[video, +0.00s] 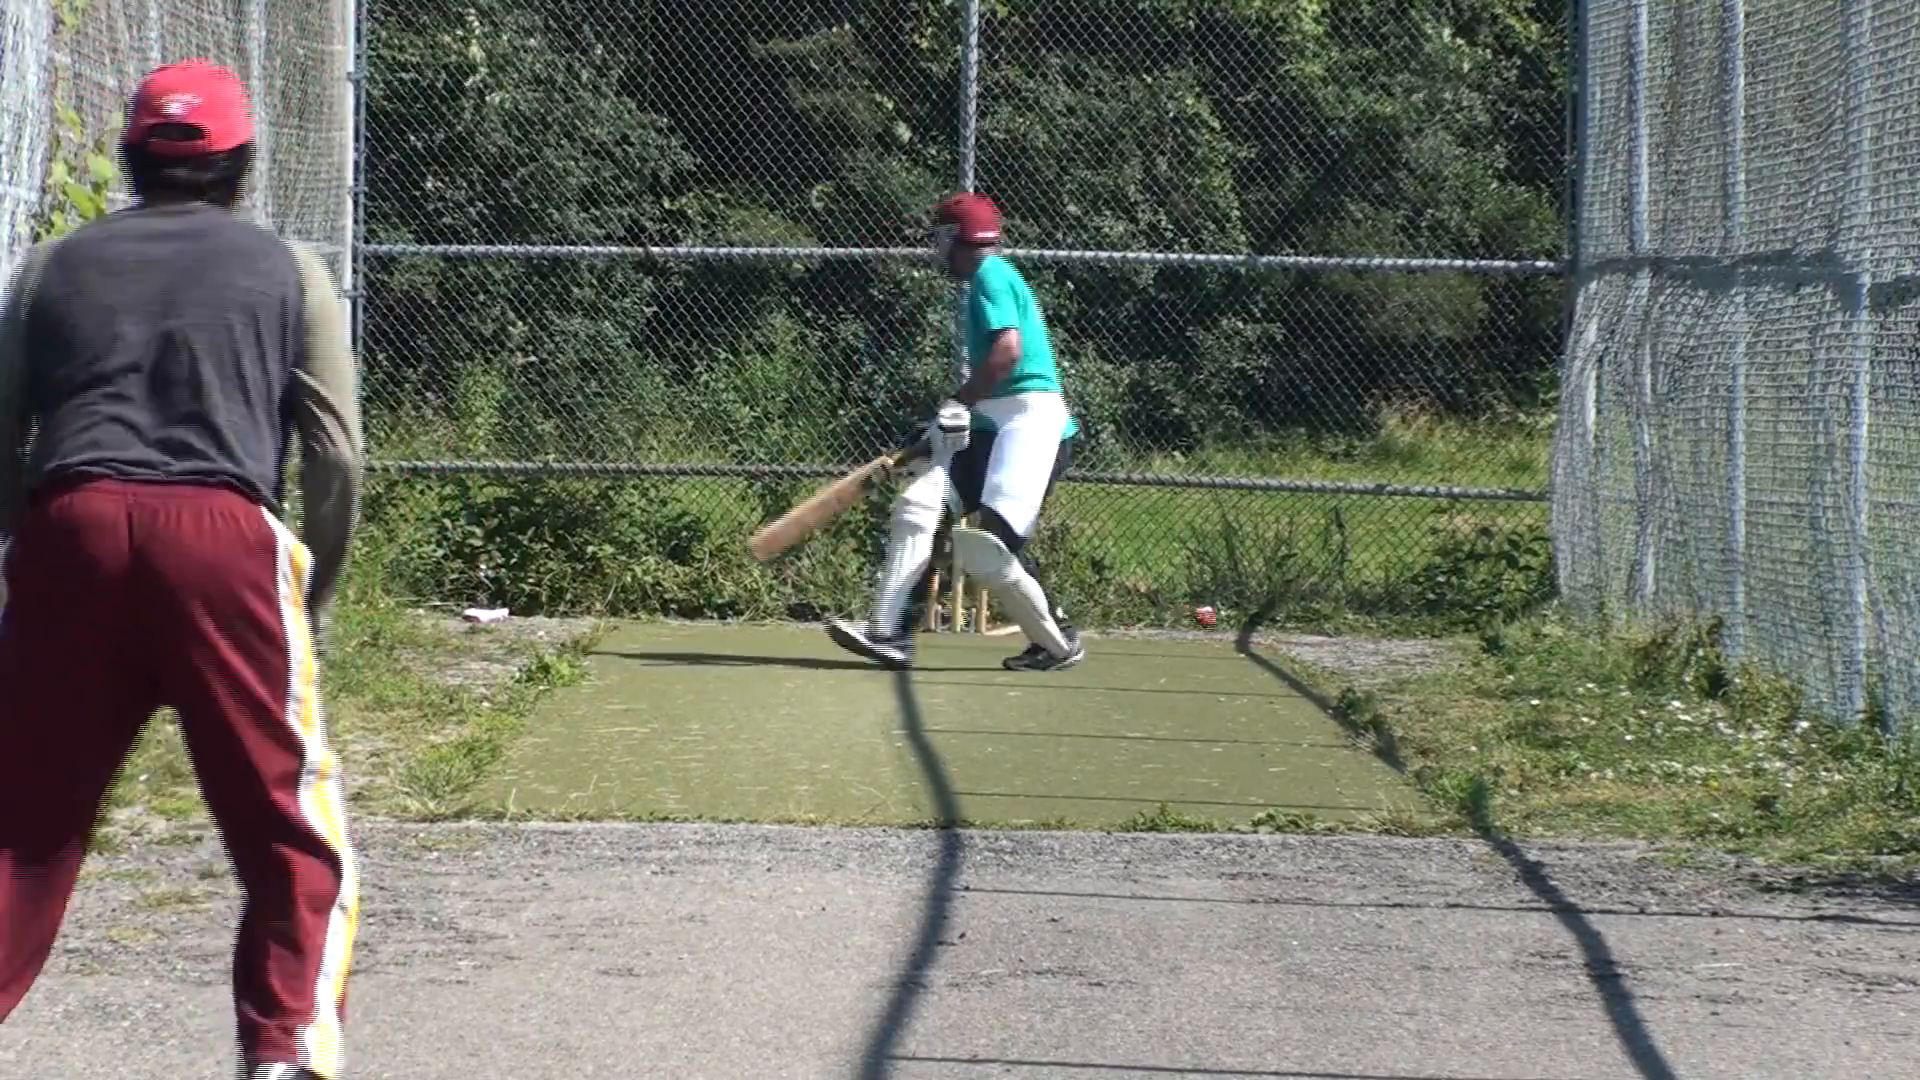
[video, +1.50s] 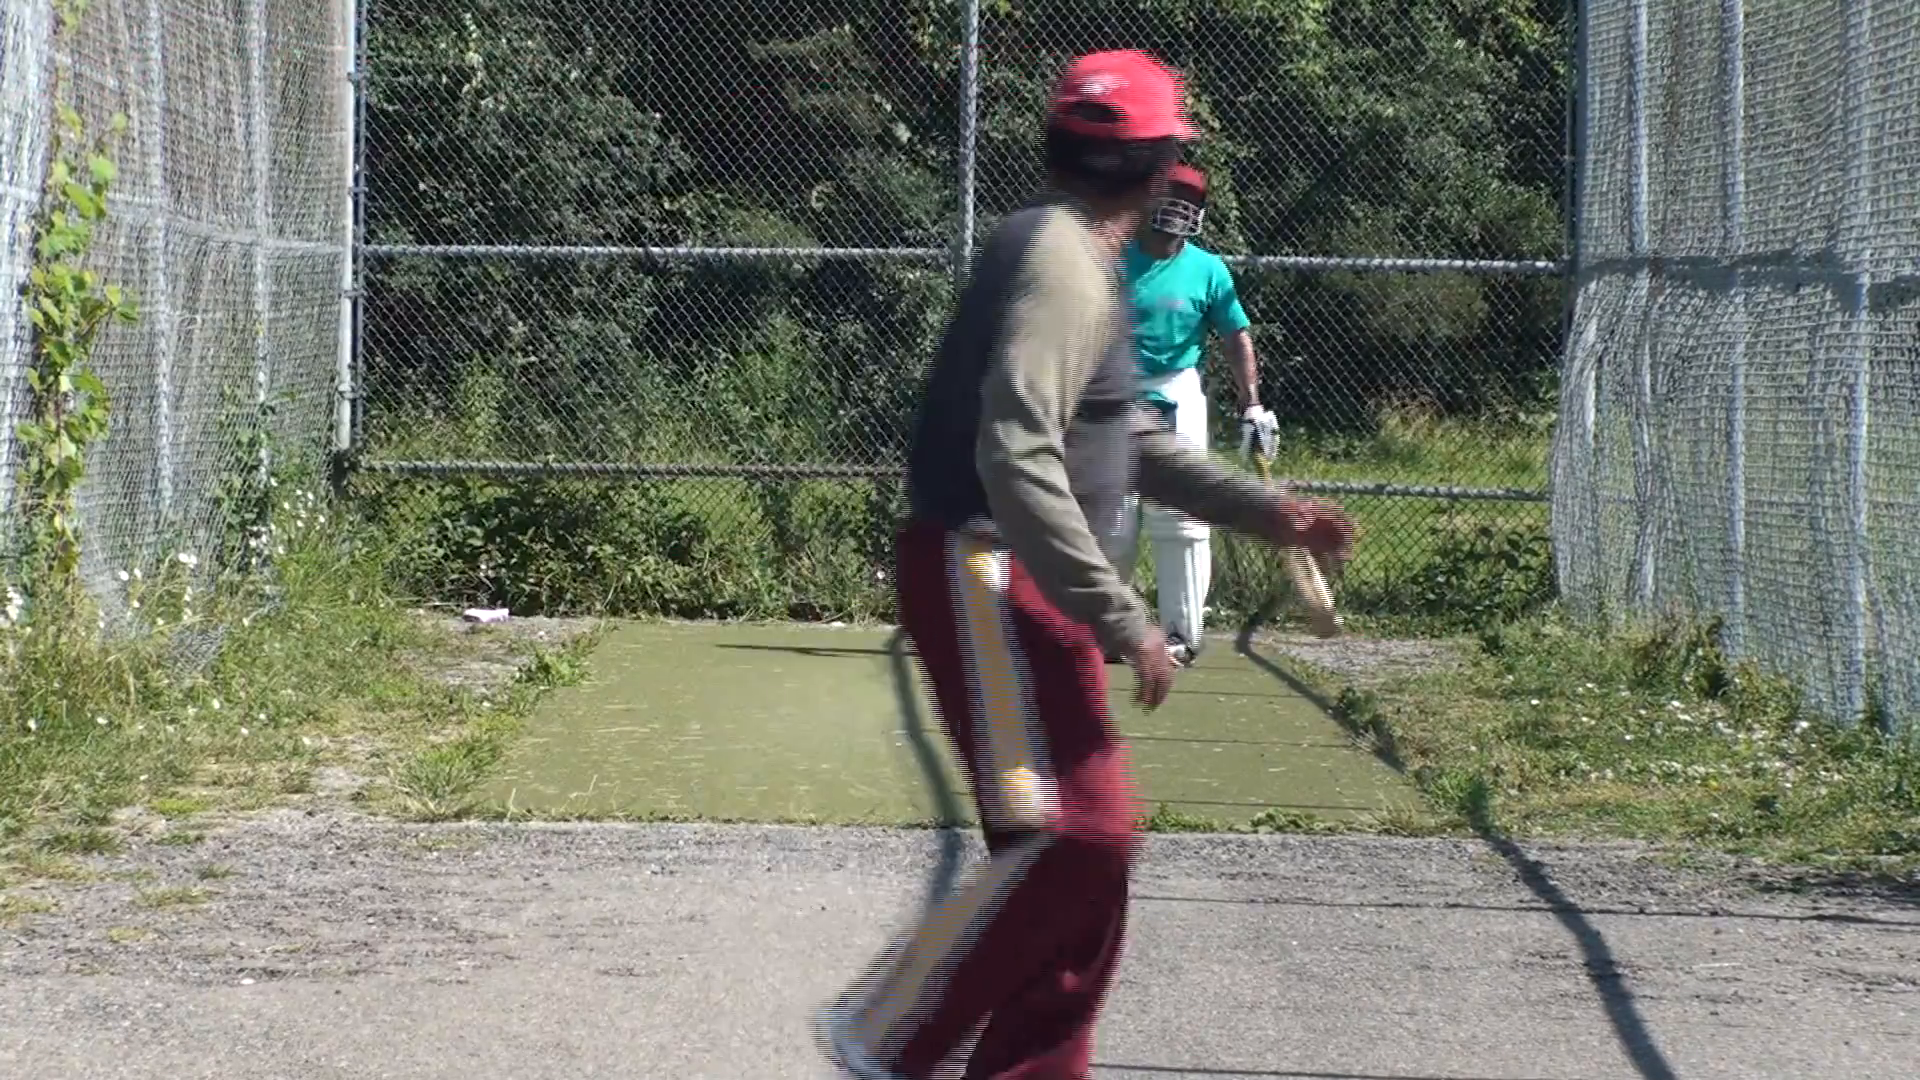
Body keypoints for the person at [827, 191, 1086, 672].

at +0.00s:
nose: (936, 247)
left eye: (942, 237)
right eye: (936, 237)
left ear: (964, 238)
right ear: (977, 239)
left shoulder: (992, 276)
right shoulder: (980, 286)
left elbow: (1007, 350)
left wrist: (962, 402)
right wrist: (944, 431)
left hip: (1028, 417)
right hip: (987, 419)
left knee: (984, 543)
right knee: (915, 509)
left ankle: (1056, 642)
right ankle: (890, 630)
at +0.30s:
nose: (990, 225)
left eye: (995, 215)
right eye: (992, 214)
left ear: (1013, 218)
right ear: (1042, 223)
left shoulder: (1020, 259)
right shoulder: (1065, 266)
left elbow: (1022, 329)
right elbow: (1073, 344)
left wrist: (993, 396)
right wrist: (1005, 400)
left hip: (1058, 410)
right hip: (1090, 408)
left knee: (1001, 521)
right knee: (1015, 518)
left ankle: (1055, 643)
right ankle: (1055, 627)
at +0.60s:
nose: (1046, 218)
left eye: (1054, 207)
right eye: (1033, 213)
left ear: (1073, 208)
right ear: (1021, 223)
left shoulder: (1088, 260)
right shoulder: (1048, 273)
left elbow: (1114, 337)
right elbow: (1070, 349)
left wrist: (1074, 399)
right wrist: (1060, 419)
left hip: (1115, 394)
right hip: (1082, 397)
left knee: (1070, 505)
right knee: (1039, 517)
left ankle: (1077, 635)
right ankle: (1066, 626)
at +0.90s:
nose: (1110, 219)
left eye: (1119, 209)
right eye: (1098, 211)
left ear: (1133, 214)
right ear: (1081, 220)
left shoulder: (1156, 268)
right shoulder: (1080, 272)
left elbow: (1180, 351)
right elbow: (1075, 341)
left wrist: (1150, 414)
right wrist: (1050, 411)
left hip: (1164, 398)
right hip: (1109, 401)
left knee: (1153, 520)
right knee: (1059, 509)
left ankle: (1177, 640)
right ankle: (1076, 636)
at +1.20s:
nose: (1165, 211)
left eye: (1176, 203)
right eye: (1155, 202)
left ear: (1192, 210)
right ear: (1138, 206)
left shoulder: (1209, 268)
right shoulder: (1112, 263)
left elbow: (1222, 343)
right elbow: (1090, 338)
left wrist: (1215, 411)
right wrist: (1070, 400)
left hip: (1179, 393)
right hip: (1115, 393)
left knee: (1165, 514)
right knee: (1081, 506)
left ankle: (1174, 637)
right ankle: (1087, 632)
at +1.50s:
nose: (1173, 214)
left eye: (1184, 207)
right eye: (1166, 203)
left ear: (1197, 217)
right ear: (1145, 204)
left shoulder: (1209, 271)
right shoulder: (1111, 262)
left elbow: (1237, 338)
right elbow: (1082, 328)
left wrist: (1252, 403)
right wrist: (1076, 389)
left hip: (1175, 396)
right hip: (1108, 396)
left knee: (1179, 517)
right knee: (1109, 515)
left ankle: (1182, 630)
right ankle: (1102, 620)